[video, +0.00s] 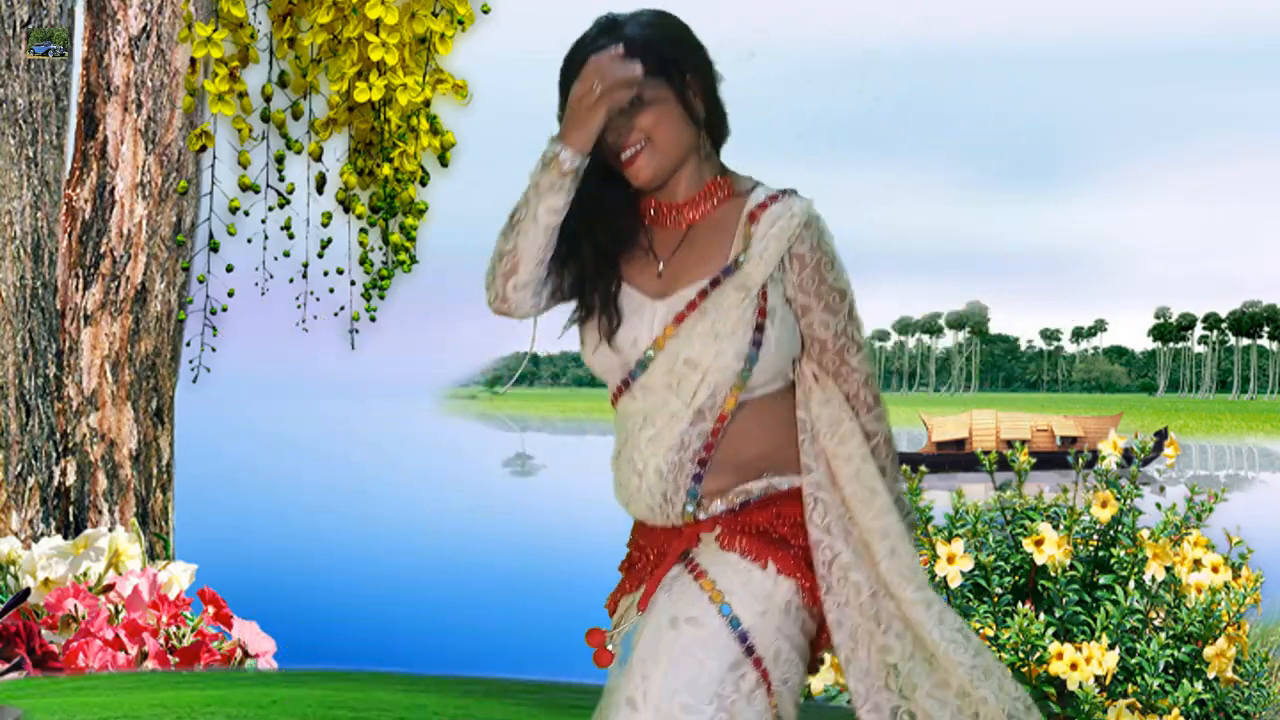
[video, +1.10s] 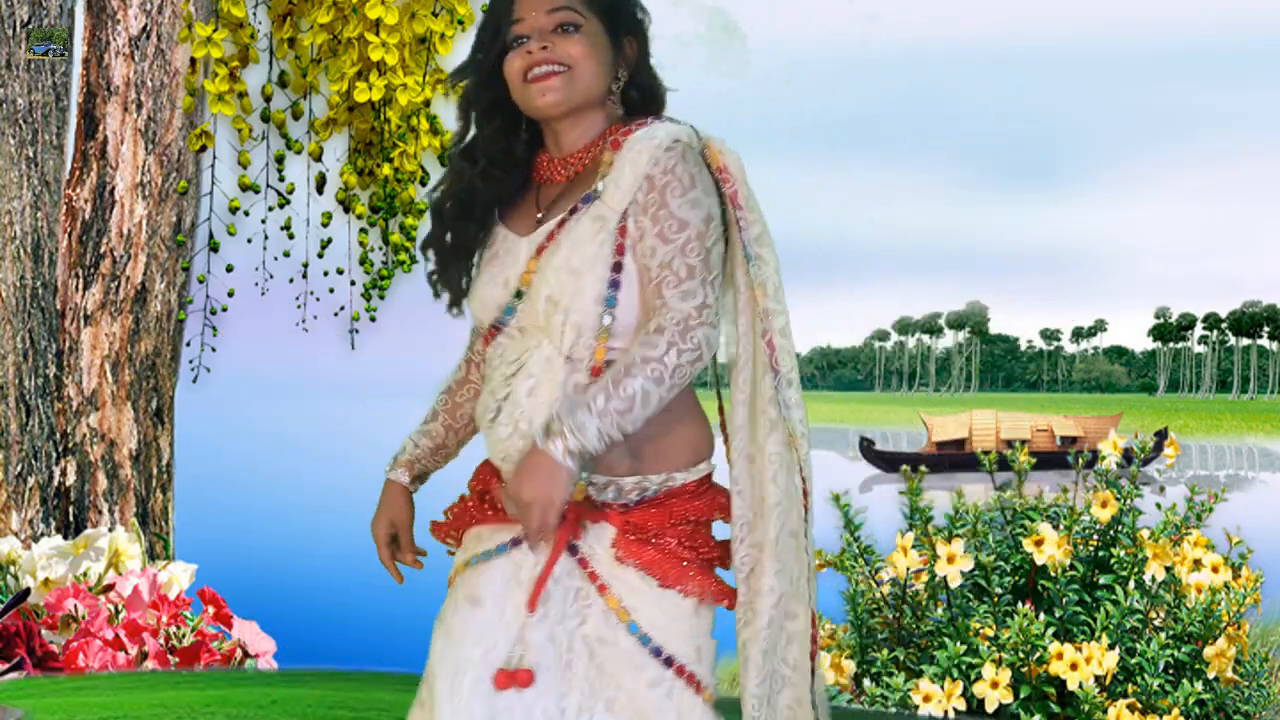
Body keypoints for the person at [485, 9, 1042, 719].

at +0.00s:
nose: (615, 132)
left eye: (633, 103)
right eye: (598, 122)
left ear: (694, 93)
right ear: (590, 141)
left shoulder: (779, 224)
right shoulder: (607, 244)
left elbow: (851, 414)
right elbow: (510, 293)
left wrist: (878, 586)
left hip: (765, 531)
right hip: (659, 541)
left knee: (638, 704)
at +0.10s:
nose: (616, 87)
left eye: (633, 56)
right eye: (597, 75)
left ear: (690, 48)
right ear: (588, 99)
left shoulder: (774, 180)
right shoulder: (602, 199)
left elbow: (848, 353)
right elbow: (520, 244)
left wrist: (923, 482)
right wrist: (575, 89)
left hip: (767, 490)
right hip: (651, 501)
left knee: (737, 698)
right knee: (656, 695)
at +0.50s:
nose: (641, 81)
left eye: (659, 56)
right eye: (611, 69)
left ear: (697, 74)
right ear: (582, 101)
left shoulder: (761, 206)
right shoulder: (567, 218)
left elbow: (830, 380)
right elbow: (495, 295)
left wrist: (918, 530)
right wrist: (519, 139)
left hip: (744, 540)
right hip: (603, 547)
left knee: (745, 708)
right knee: (587, 705)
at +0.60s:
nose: (625, 67)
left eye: (645, 42)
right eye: (595, 54)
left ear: (685, 58)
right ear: (570, 88)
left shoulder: (744, 183)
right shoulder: (551, 200)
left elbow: (777, 359)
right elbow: (469, 327)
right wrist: (499, 165)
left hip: (705, 547)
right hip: (573, 550)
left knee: (706, 710)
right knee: (564, 706)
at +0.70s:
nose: (615, 71)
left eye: (639, 47)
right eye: (589, 56)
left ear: (679, 68)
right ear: (565, 87)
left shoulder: (736, 202)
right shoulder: (544, 214)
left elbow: (751, 374)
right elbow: (481, 373)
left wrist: (673, 477)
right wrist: (498, 228)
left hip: (705, 535)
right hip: (573, 535)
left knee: (696, 705)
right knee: (567, 702)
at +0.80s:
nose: (608, 103)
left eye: (633, 81)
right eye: (584, 90)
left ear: (678, 109)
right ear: (561, 124)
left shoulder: (734, 239)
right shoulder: (548, 257)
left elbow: (734, 409)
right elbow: (504, 423)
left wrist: (594, 374)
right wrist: (440, 411)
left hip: (718, 557)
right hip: (577, 556)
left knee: (673, 700)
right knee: (496, 689)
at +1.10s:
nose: (538, 49)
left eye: (566, 27)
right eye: (517, 39)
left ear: (624, 51)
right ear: (503, 74)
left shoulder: (662, 154)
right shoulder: (512, 193)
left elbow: (687, 329)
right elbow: (488, 356)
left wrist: (564, 444)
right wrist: (404, 473)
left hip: (644, 517)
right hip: (510, 514)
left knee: (626, 706)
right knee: (467, 701)